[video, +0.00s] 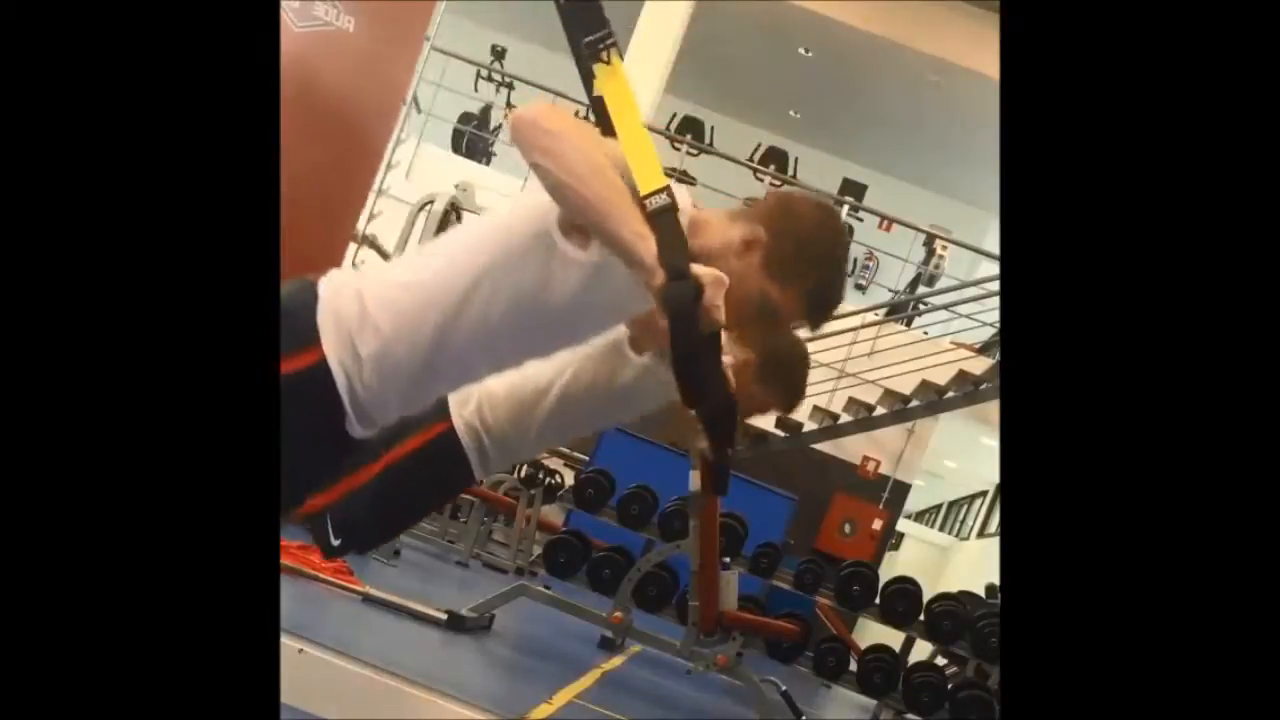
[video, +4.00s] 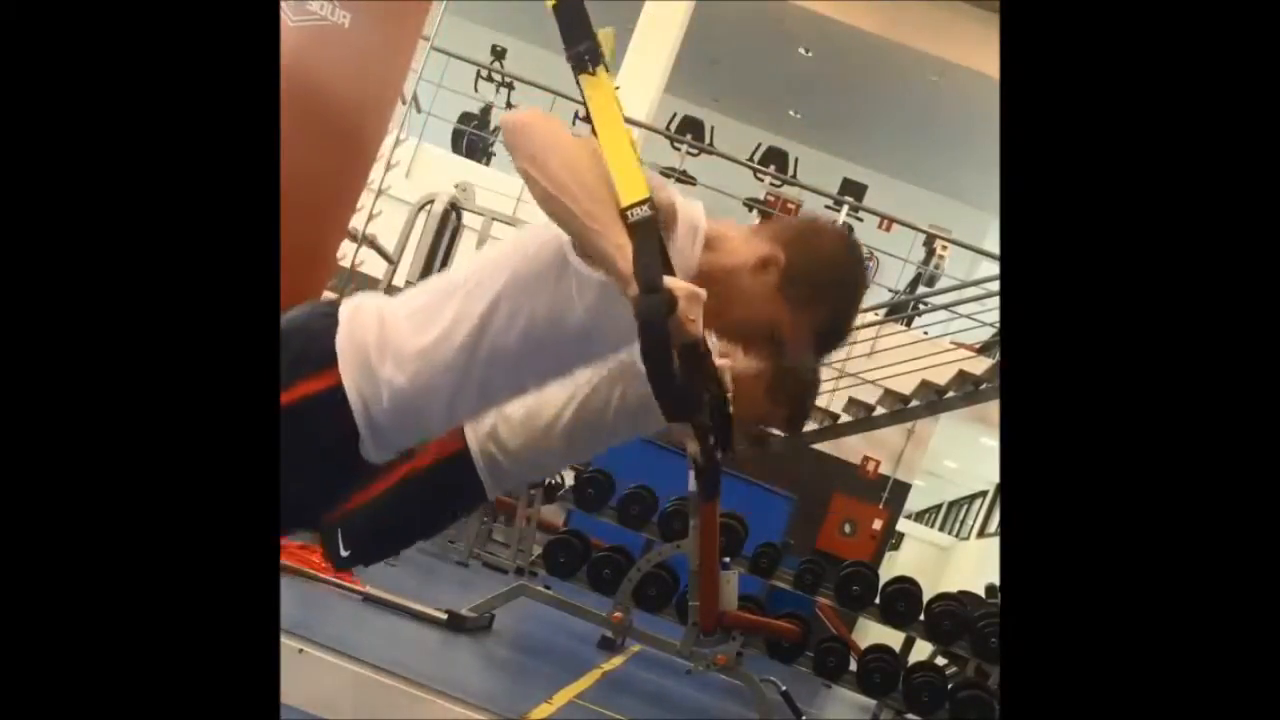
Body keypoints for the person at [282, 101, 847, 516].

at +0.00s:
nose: (735, 314)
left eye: (754, 317)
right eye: (754, 298)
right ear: (753, 239)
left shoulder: (663, 284)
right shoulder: (646, 197)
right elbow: (534, 123)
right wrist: (661, 266)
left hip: (360, 419)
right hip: (320, 355)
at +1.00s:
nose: (767, 418)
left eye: (789, 415)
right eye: (783, 398)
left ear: (779, 332)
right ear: (776, 330)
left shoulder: (699, 375)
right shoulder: (665, 269)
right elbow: (525, 154)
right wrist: (634, 280)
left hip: (368, 469)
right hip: (332, 419)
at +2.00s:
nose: (668, 119)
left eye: (685, 113)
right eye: (681, 96)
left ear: (654, 20)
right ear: (657, 19)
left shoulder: (568, 92)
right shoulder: (525, 16)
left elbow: (608, 223)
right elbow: (525, 137)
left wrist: (665, 366)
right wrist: (608, 296)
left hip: (322, 305)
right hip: (288, 252)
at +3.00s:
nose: (746, 373)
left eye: (765, 372)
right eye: (764, 358)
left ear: (762, 293)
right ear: (763, 295)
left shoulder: (676, 325)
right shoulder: (659, 235)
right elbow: (537, 119)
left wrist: (679, 393)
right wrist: (641, 269)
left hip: (370, 450)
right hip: (330, 392)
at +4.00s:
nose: (748, 347)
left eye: (766, 349)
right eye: (764, 332)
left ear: (765, 257)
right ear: (766, 263)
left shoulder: (682, 312)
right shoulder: (667, 219)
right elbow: (526, 129)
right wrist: (644, 278)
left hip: (375, 432)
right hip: (337, 381)